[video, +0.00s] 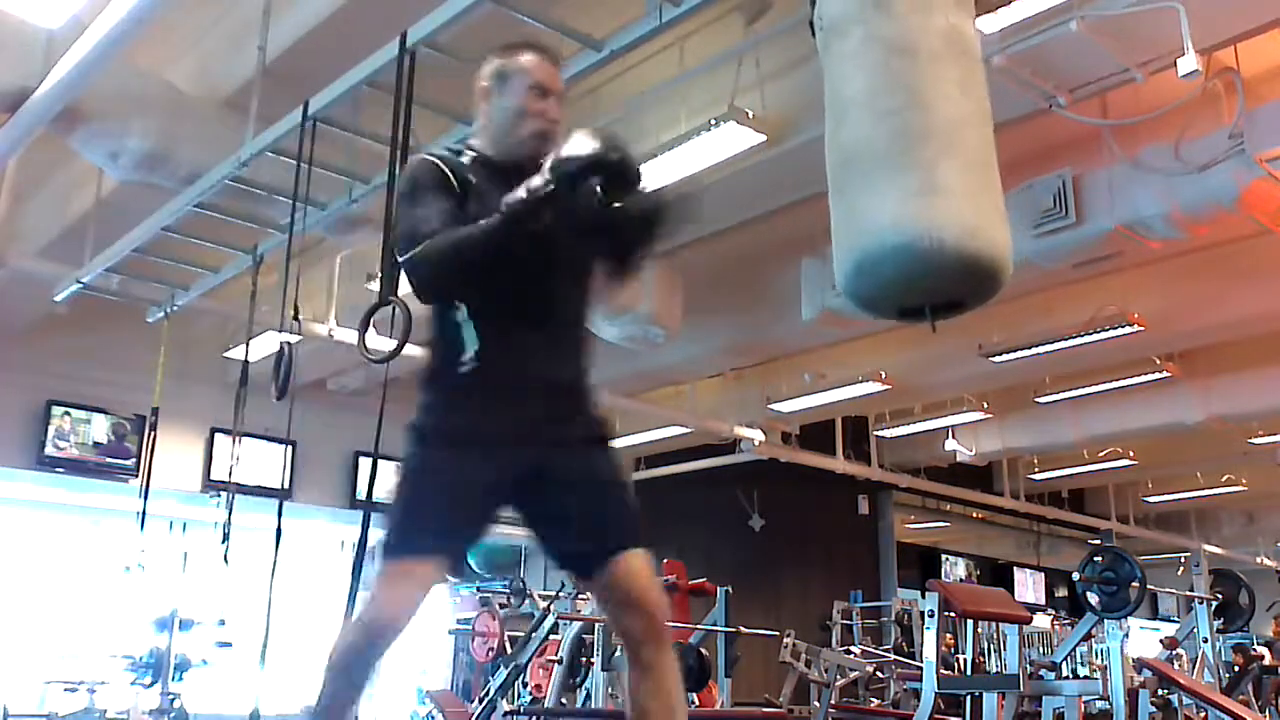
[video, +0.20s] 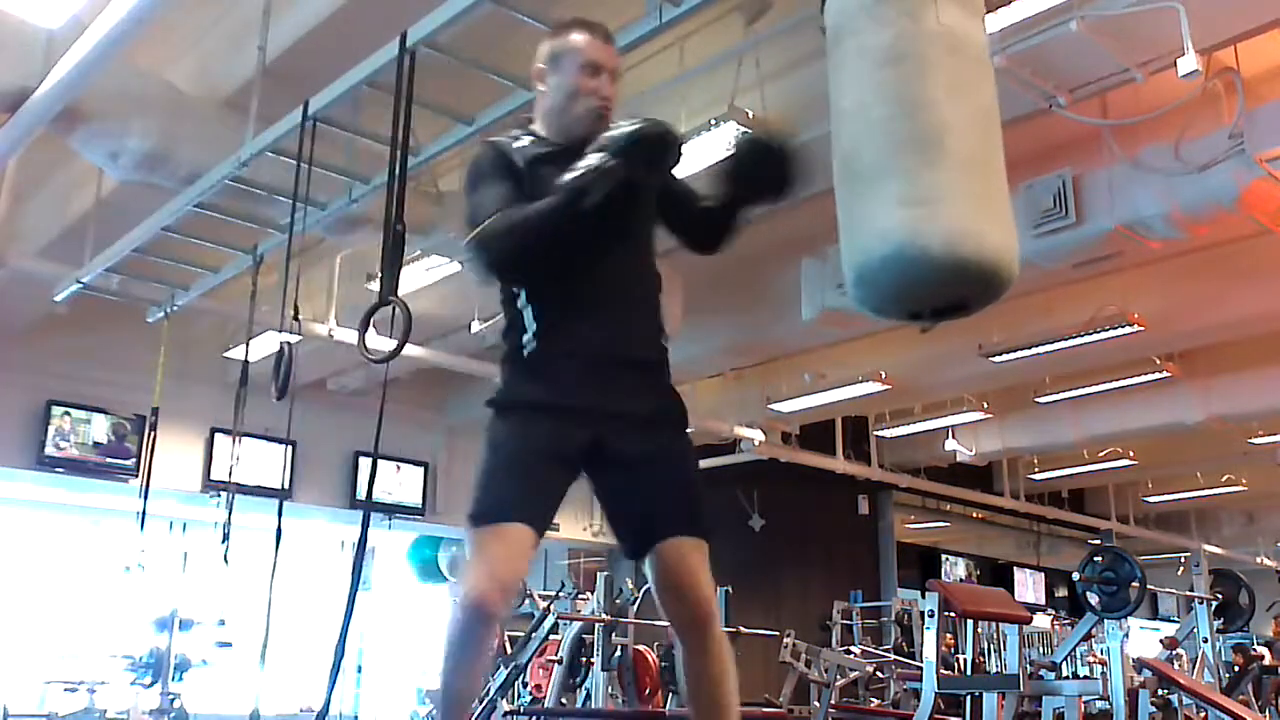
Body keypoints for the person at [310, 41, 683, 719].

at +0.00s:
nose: (551, 111)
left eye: (558, 99)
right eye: (537, 93)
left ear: (563, 113)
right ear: (487, 94)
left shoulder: (571, 186)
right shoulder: (436, 174)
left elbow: (619, 273)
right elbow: (422, 274)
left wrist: (623, 202)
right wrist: (533, 199)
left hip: (563, 426)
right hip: (463, 427)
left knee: (645, 613)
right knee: (383, 619)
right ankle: (327, 713)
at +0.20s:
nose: (604, 88)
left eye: (612, 78)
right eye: (589, 71)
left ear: (618, 91)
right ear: (542, 77)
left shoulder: (632, 160)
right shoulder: (500, 159)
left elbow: (702, 231)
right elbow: (494, 249)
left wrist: (736, 187)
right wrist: (600, 171)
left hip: (641, 402)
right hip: (540, 400)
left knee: (695, 601)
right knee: (484, 596)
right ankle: (450, 718)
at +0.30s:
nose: (628, 107)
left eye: (635, 96)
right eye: (611, 90)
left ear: (640, 107)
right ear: (561, 94)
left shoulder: (651, 171)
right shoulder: (520, 178)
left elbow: (751, 226)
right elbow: (548, 251)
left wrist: (820, 157)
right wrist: (654, 155)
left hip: (664, 425)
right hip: (567, 428)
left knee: (710, 626)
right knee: (508, 625)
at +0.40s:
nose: (652, 106)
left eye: (658, 93)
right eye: (634, 89)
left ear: (663, 103)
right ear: (587, 93)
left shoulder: (684, 163)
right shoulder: (548, 182)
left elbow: (769, 218)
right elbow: (547, 263)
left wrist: (814, 163)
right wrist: (643, 192)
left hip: (692, 415)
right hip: (595, 415)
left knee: (729, 627)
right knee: (541, 614)